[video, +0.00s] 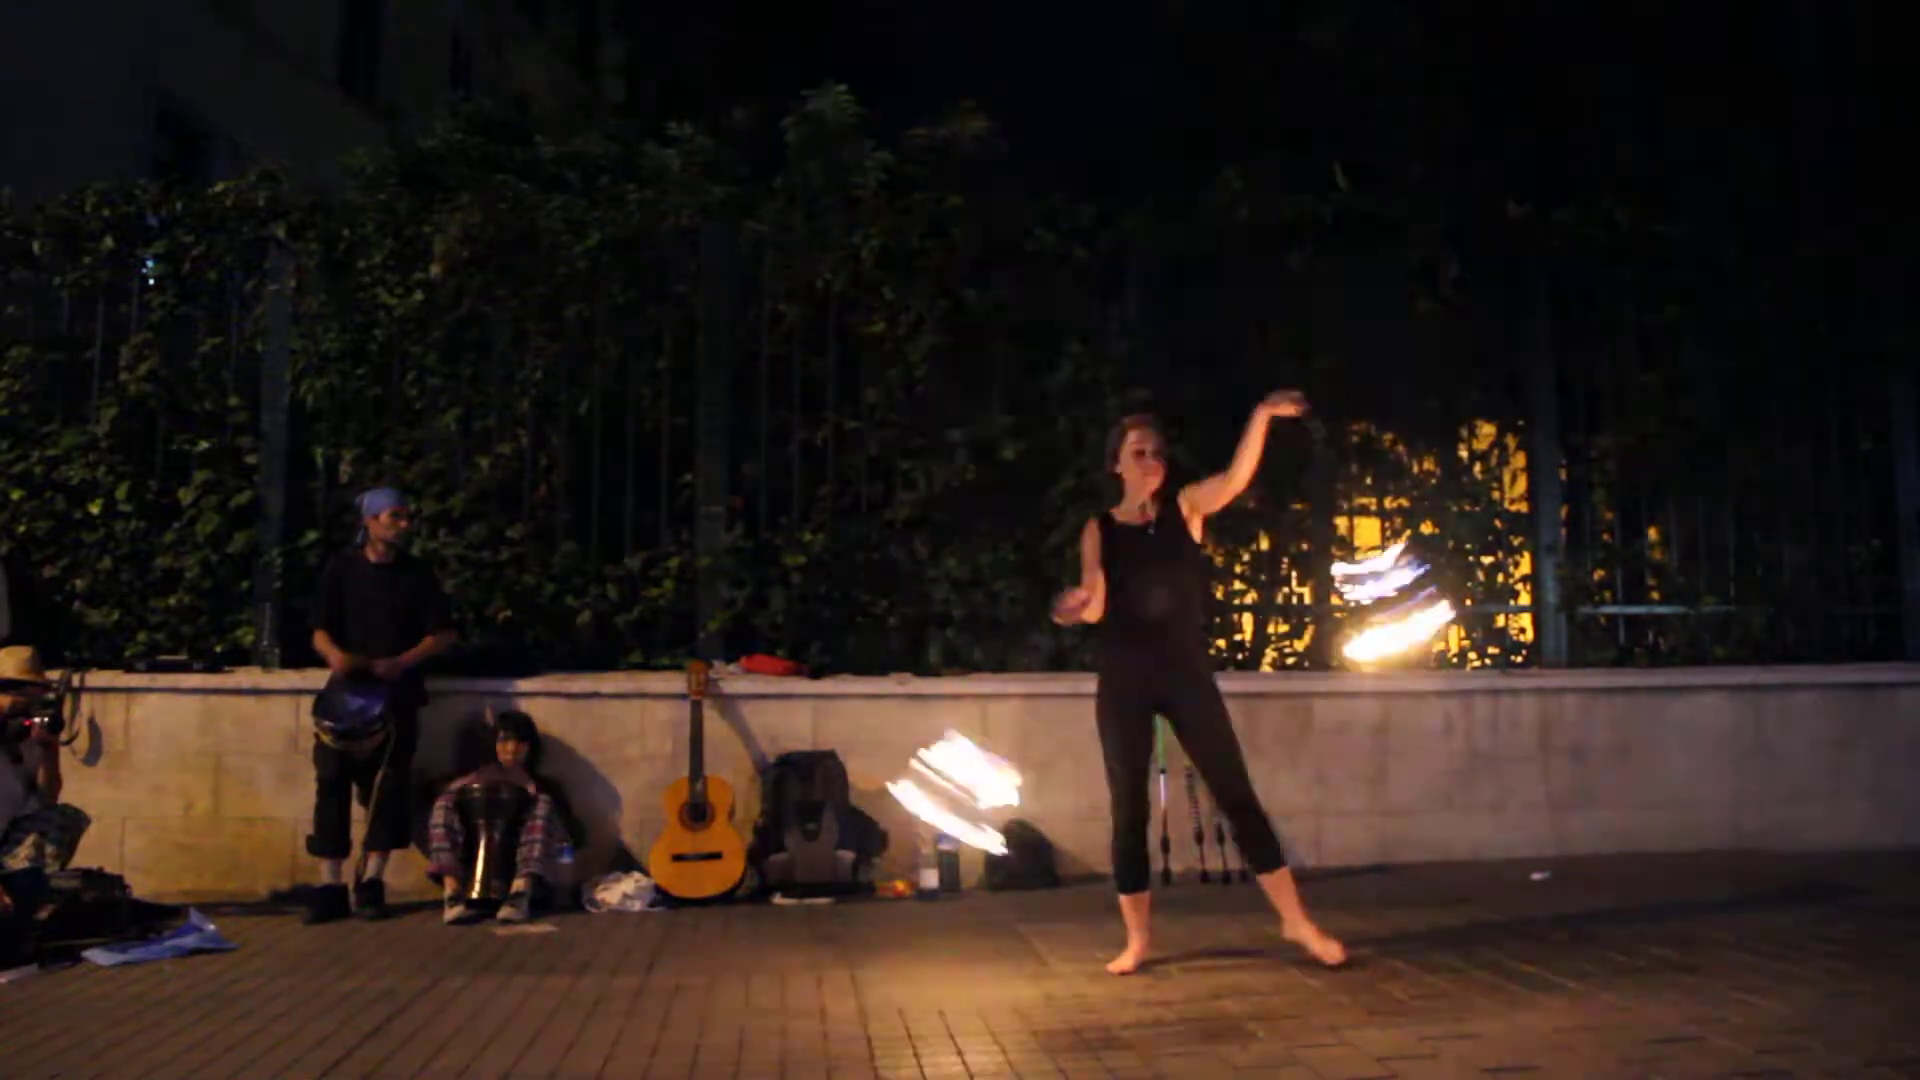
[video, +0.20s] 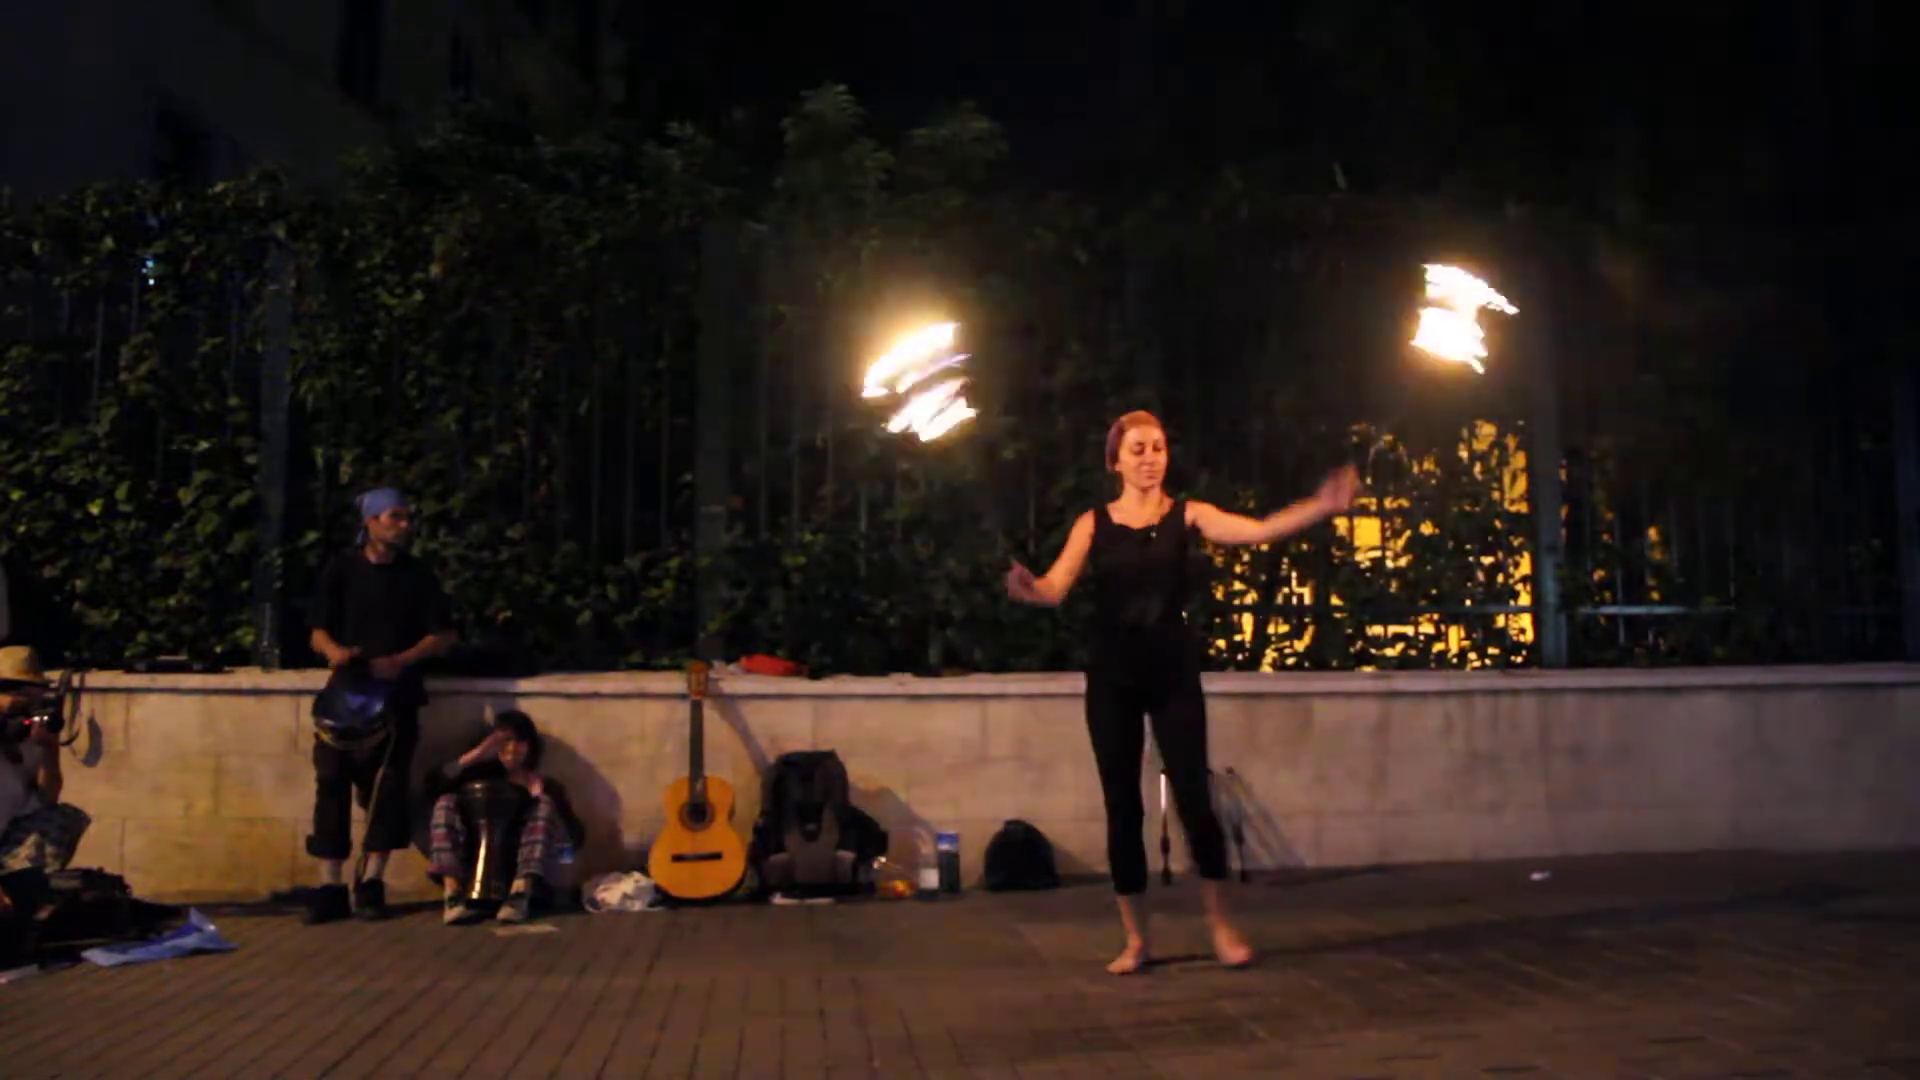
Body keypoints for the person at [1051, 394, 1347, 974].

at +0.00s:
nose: (1150, 461)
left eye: (1157, 453)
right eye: (1139, 453)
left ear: (1167, 461)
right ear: (1117, 465)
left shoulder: (1188, 505)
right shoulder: (1100, 531)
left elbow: (1236, 478)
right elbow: (1093, 602)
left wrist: (1262, 415)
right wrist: (1075, 609)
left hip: (1186, 675)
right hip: (1123, 682)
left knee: (1237, 796)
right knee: (1128, 809)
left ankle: (1296, 921)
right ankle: (1137, 939)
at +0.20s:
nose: (1149, 456)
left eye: (1157, 448)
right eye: (1138, 449)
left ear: (1168, 456)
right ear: (1117, 458)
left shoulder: (1188, 515)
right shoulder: (1093, 524)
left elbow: (1261, 529)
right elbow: (1055, 586)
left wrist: (1323, 504)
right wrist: (1031, 589)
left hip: (1175, 677)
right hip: (1113, 679)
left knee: (1193, 797)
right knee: (1122, 806)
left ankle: (1219, 923)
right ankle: (1134, 939)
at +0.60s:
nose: (1167, 485)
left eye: (1174, 475)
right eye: (1156, 474)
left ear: (1179, 478)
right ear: (1128, 475)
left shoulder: (1194, 535)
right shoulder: (1104, 527)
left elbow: (1277, 554)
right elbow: (1043, 535)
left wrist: (1347, 518)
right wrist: (1004, 507)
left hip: (1180, 690)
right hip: (1116, 693)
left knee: (1206, 808)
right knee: (1125, 819)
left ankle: (1216, 933)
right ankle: (1135, 939)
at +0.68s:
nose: (1184, 473)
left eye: (1188, 462)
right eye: (1172, 461)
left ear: (1192, 468)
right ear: (1139, 466)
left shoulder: (1202, 526)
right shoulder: (1108, 515)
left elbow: (1282, 549)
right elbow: (1032, 533)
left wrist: (1345, 515)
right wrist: (967, 492)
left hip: (1185, 682)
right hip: (1123, 685)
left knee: (1227, 802)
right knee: (1130, 812)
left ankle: (1256, 938)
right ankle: (1134, 939)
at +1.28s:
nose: (1277, 469)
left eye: (1282, 458)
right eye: (1264, 459)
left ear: (1291, 465)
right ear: (1238, 469)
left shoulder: (1313, 532)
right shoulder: (1216, 528)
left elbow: (1382, 588)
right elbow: (1149, 574)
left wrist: (1459, 563)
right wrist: (1089, 558)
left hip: (1299, 693)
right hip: (1233, 693)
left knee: (1318, 822)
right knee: (1214, 817)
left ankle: (1301, 952)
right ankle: (1173, 921)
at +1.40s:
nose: (1282, 462)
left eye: (1289, 453)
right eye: (1269, 455)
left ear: (1301, 462)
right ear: (1247, 468)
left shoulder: (1326, 530)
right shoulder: (1228, 526)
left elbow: (1401, 571)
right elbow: (1174, 556)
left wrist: (1485, 559)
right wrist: (1127, 549)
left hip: (1305, 692)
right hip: (1240, 694)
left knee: (1323, 820)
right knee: (1237, 814)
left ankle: (1303, 950)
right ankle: (1226, 926)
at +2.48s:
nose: (1144, 460)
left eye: (1151, 452)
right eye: (1132, 451)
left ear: (1159, 459)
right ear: (1104, 457)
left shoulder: (1176, 520)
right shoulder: (1080, 524)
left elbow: (1221, 586)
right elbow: (1072, 606)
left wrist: (1273, 552)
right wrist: (1083, 577)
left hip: (1168, 681)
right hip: (1103, 686)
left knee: (1215, 802)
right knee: (1112, 820)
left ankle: (1269, 935)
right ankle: (1114, 947)